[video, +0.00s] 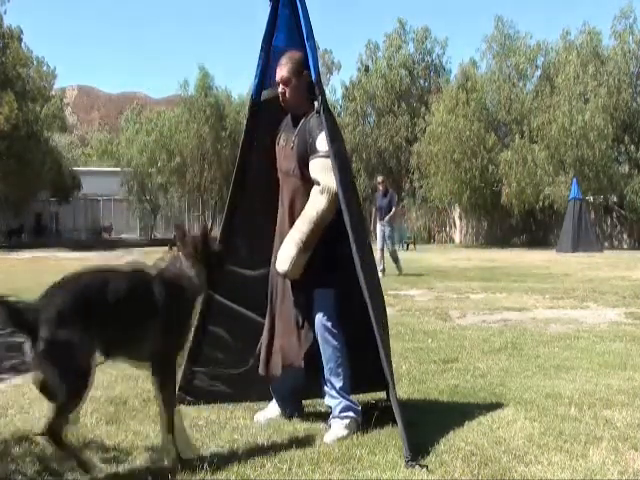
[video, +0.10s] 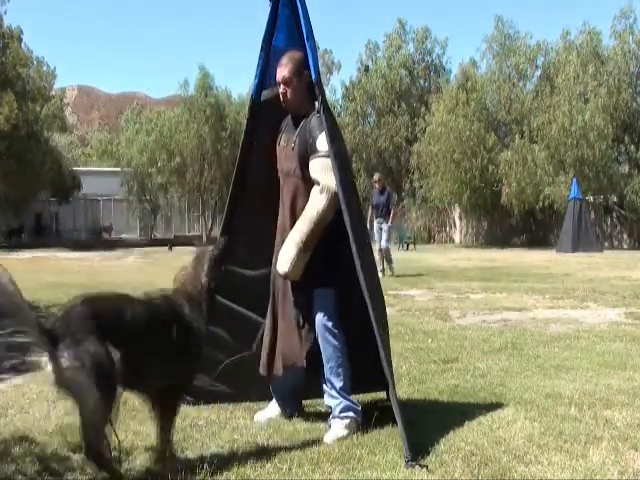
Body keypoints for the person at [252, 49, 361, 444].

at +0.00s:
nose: (279, 90)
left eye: (284, 83)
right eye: (277, 83)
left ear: (305, 83)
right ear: (283, 85)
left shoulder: (319, 126)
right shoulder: (285, 128)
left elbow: (327, 191)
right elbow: (287, 189)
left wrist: (294, 246)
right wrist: (281, 241)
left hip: (322, 238)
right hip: (290, 237)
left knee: (324, 321)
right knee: (286, 319)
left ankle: (343, 410)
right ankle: (284, 399)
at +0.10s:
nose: (279, 90)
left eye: (285, 83)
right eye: (277, 83)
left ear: (306, 83)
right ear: (281, 86)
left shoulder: (319, 126)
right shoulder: (286, 129)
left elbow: (327, 190)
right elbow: (288, 188)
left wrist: (295, 247)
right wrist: (282, 239)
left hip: (322, 239)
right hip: (291, 237)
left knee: (325, 321)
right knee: (286, 317)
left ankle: (343, 409)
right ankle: (284, 399)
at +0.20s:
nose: (281, 90)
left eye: (286, 82)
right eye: (278, 83)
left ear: (307, 83)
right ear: (281, 85)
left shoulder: (319, 126)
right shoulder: (286, 128)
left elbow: (328, 190)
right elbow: (287, 188)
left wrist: (296, 246)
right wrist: (281, 239)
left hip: (322, 238)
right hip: (290, 236)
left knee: (325, 320)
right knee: (286, 315)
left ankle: (344, 410)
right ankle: (284, 398)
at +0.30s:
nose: (281, 90)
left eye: (287, 82)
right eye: (279, 83)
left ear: (308, 83)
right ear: (281, 85)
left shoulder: (319, 126)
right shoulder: (287, 128)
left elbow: (328, 190)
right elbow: (289, 187)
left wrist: (296, 247)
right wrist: (282, 238)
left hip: (323, 238)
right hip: (292, 236)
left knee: (324, 320)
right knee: (286, 316)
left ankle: (343, 410)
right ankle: (284, 399)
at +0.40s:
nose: (282, 90)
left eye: (288, 83)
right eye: (280, 83)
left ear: (308, 83)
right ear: (282, 85)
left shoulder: (319, 126)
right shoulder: (289, 128)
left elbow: (328, 189)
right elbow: (291, 188)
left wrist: (294, 247)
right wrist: (284, 240)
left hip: (323, 238)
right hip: (293, 237)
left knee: (325, 320)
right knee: (287, 316)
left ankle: (344, 410)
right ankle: (284, 399)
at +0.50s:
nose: (283, 90)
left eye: (288, 83)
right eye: (280, 84)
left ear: (308, 83)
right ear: (282, 86)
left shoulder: (319, 126)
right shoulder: (288, 128)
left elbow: (328, 189)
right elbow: (291, 188)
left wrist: (294, 246)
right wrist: (284, 240)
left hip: (323, 239)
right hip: (293, 237)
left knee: (325, 321)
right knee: (287, 317)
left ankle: (344, 411)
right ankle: (284, 400)